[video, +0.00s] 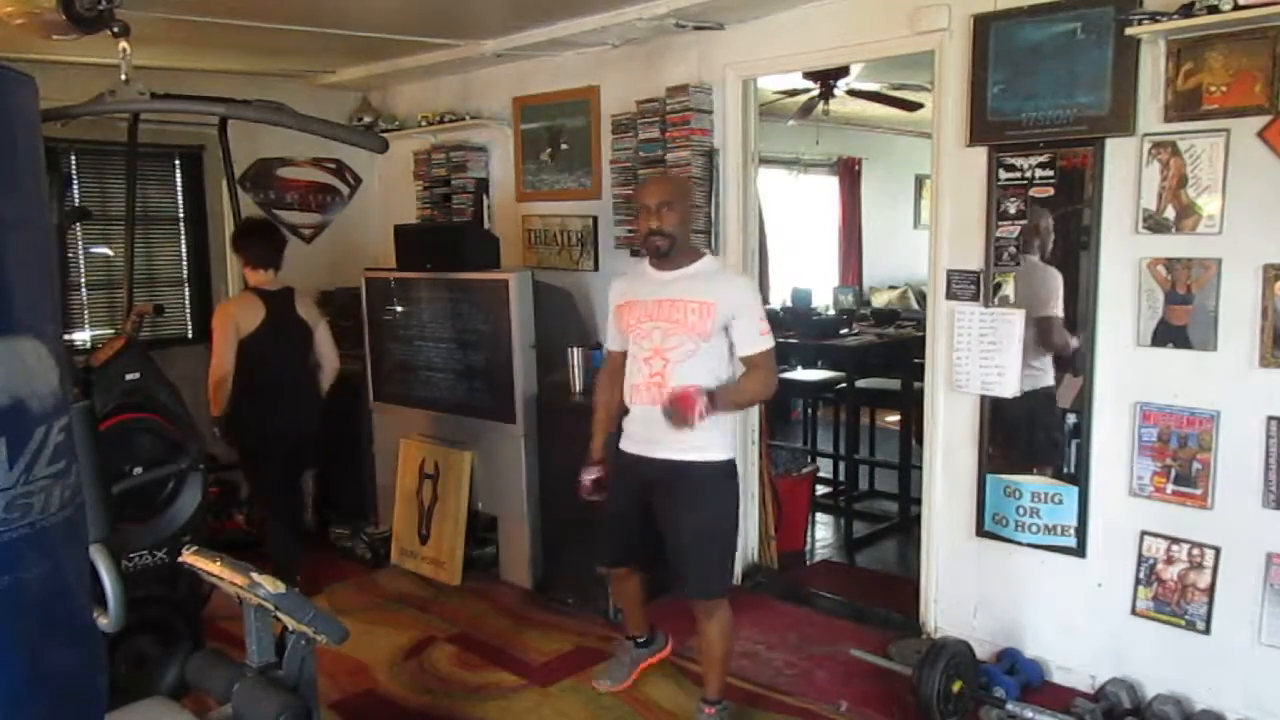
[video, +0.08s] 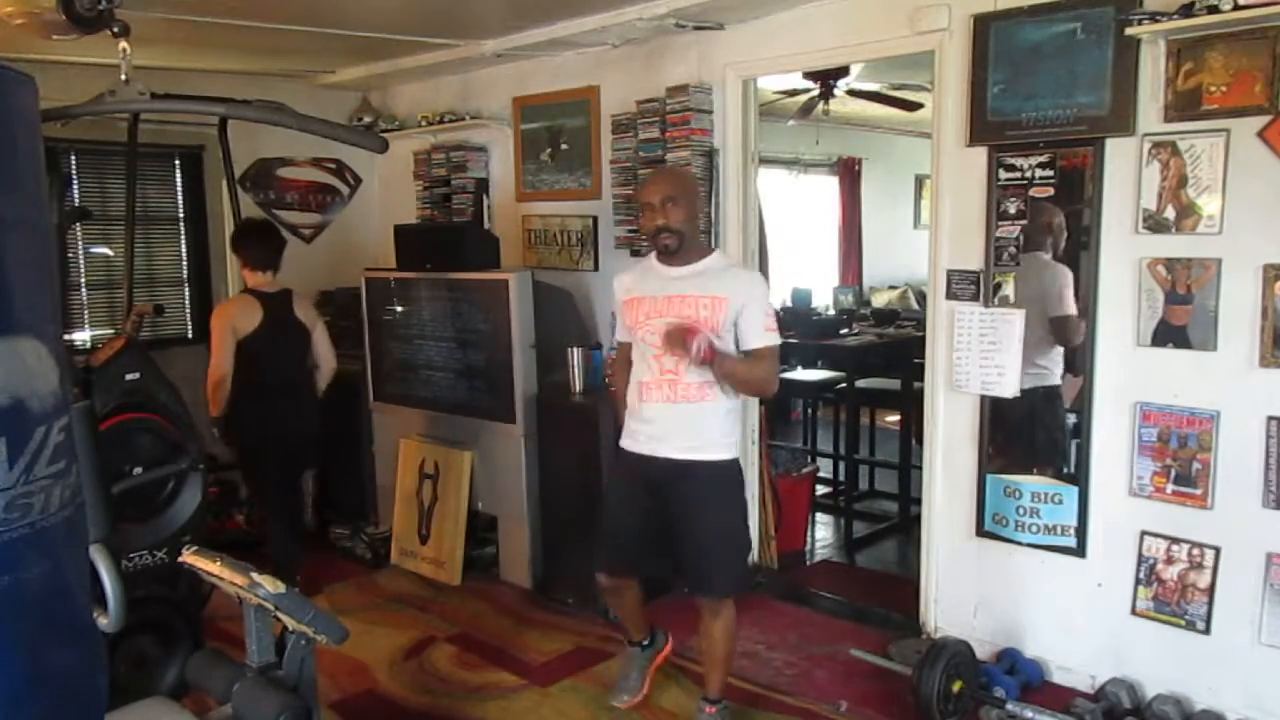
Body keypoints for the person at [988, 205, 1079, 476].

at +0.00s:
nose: (1053, 237)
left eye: (1053, 230)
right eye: (1050, 230)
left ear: (1018, 233)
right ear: (1039, 232)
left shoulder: (994, 269)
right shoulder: (1046, 276)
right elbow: (1050, 336)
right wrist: (1073, 343)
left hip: (995, 389)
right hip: (1032, 391)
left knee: (1003, 469)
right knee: (1042, 470)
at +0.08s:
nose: (1066, 236)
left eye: (1065, 229)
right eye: (1064, 229)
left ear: (1026, 232)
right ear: (1054, 230)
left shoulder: (1005, 269)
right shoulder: (1055, 273)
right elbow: (1068, 335)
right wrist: (1082, 320)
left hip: (1002, 391)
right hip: (1038, 393)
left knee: (1009, 473)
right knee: (1047, 475)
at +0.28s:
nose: (1084, 241)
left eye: (1082, 235)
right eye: (1080, 235)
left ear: (1046, 236)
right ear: (1070, 239)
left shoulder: (1021, 273)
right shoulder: (1075, 278)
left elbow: (1009, 320)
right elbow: (1096, 324)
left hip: (1019, 387)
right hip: (1059, 389)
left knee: (1023, 465)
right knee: (1056, 469)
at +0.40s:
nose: (1094, 240)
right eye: (1092, 235)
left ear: (1061, 236)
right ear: (1088, 238)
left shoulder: (1033, 276)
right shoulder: (1089, 278)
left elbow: (1015, 324)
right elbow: (1098, 330)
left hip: (1031, 382)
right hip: (1070, 384)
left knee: (1035, 462)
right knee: (1065, 467)